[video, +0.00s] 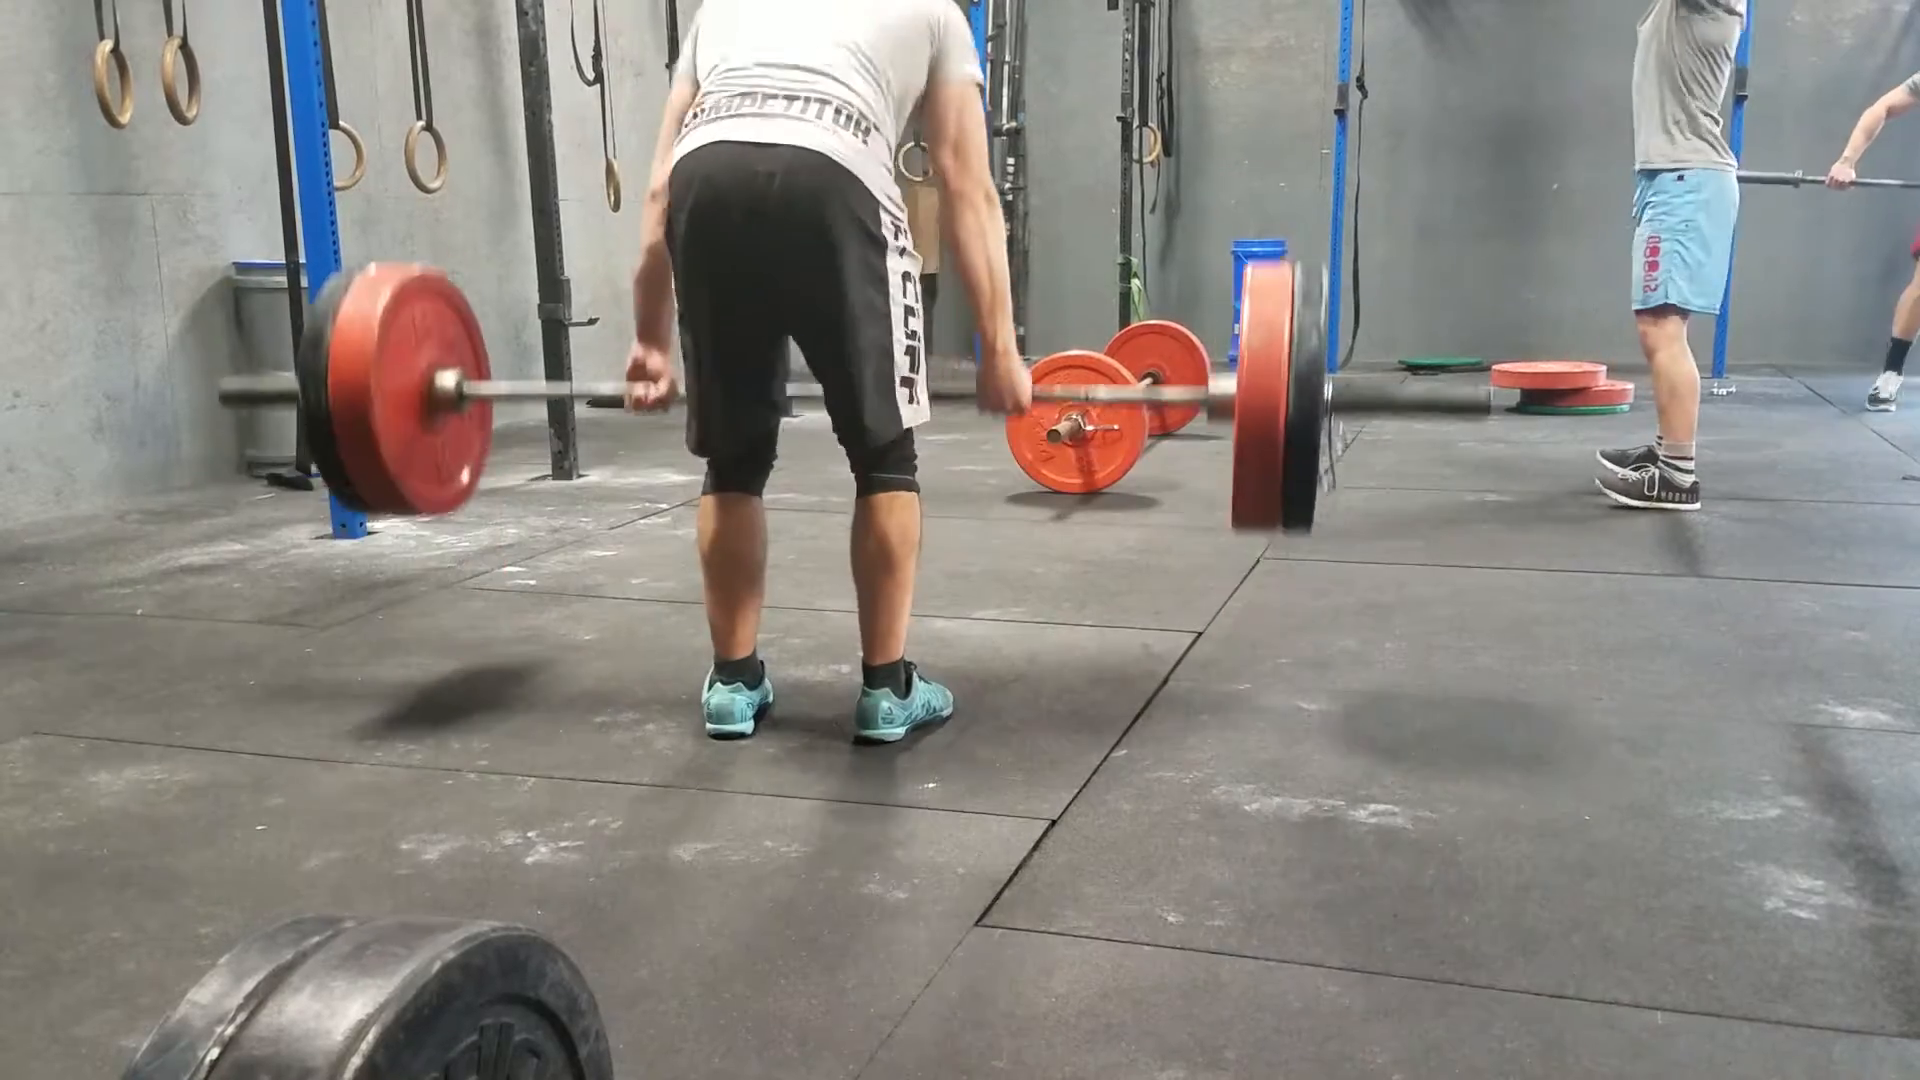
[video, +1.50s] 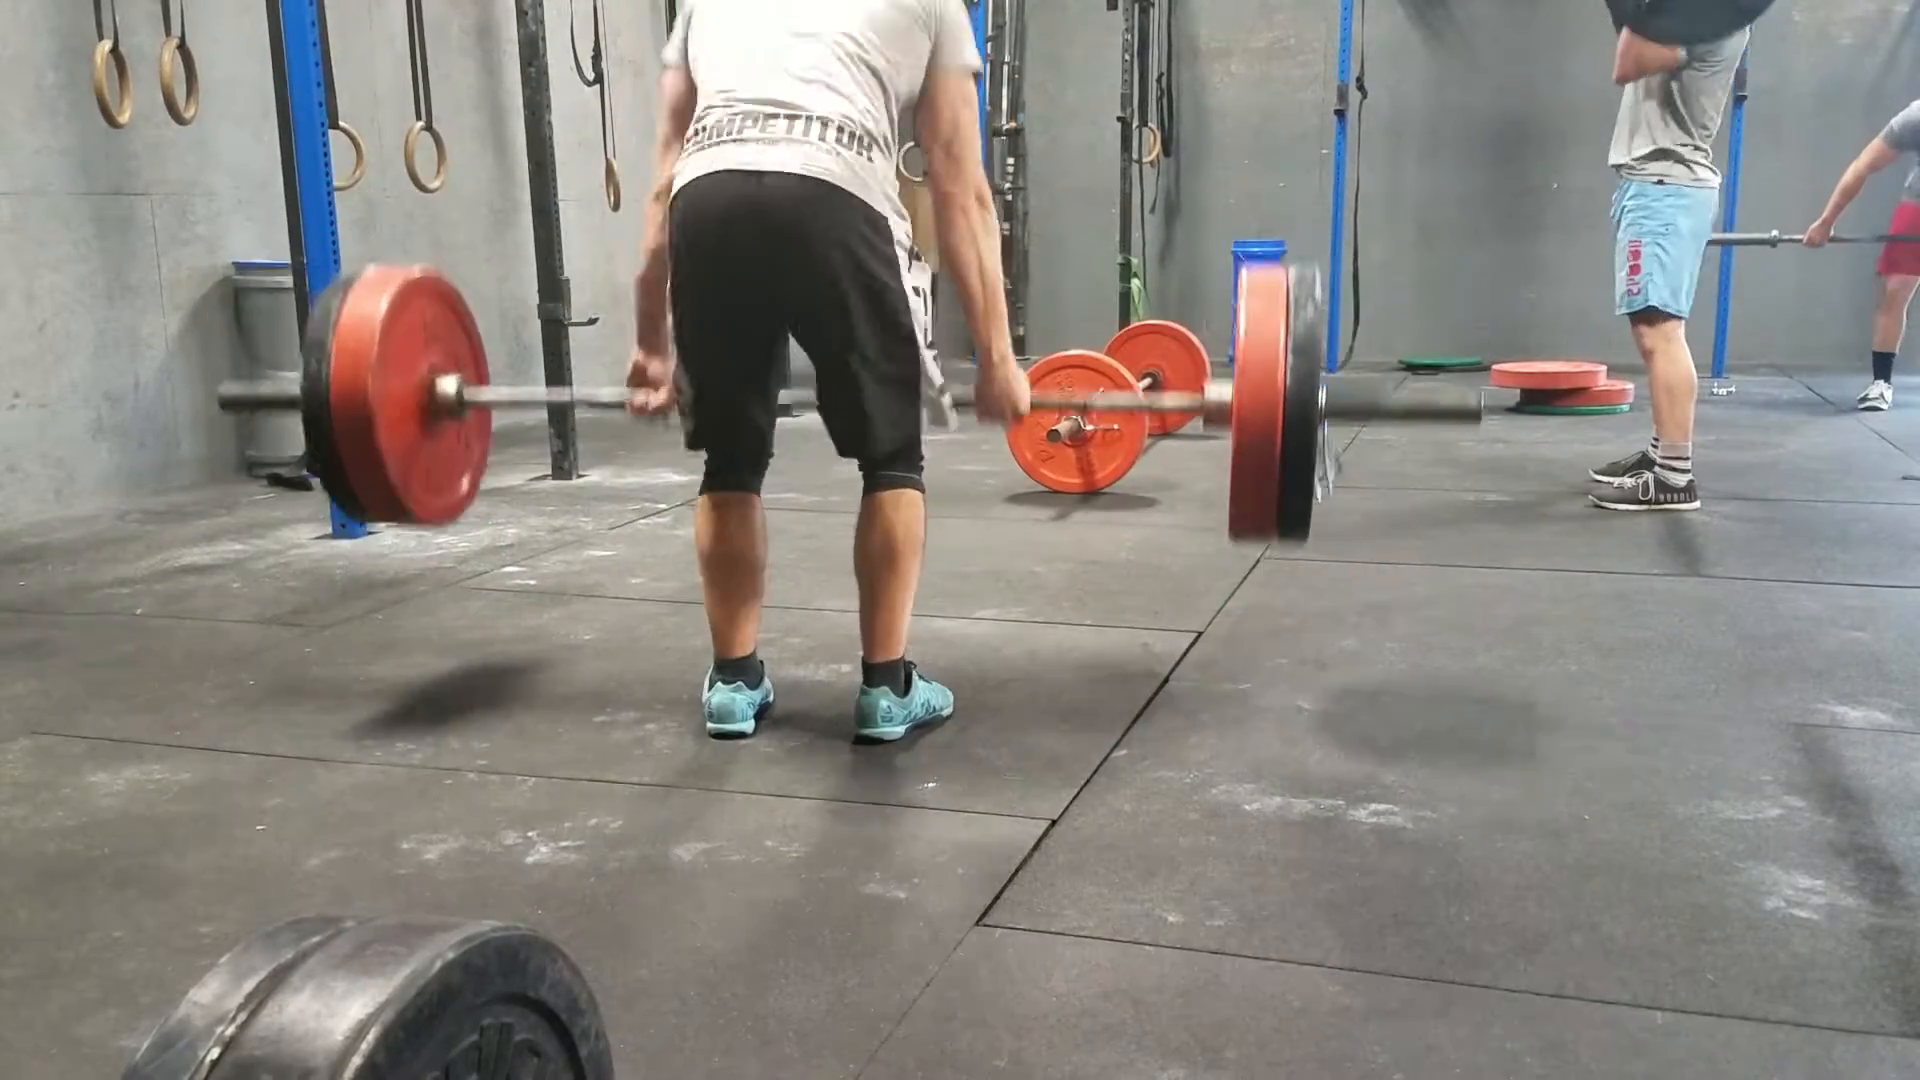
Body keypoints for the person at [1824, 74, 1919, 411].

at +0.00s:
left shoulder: (1917, 82)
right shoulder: (1919, 81)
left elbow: (1881, 108)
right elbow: (1881, 108)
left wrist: (1848, 160)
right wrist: (1848, 159)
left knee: (1917, 282)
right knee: (1918, 280)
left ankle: (1892, 373)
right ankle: (1891, 373)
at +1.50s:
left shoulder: (1913, 116)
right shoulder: (1915, 115)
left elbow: (1864, 165)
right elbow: (1864, 165)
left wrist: (1825, 221)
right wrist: (1825, 221)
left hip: (1913, 205)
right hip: (1915, 204)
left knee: (1898, 290)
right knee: (1897, 288)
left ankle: (1881, 383)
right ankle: (1881, 383)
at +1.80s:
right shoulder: (1911, 166)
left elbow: (1860, 216)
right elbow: (1860, 217)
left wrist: (1822, 273)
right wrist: (1822, 272)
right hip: (1913, 210)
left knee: (1891, 286)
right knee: (1888, 285)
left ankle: (1880, 380)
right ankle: (1880, 381)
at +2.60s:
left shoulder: (1914, 125)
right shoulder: (1918, 123)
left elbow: (1863, 164)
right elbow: (1862, 164)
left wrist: (1831, 222)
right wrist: (1831, 222)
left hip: (1913, 206)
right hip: (1916, 204)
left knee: (1894, 291)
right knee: (1891, 291)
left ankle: (1882, 383)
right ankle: (1882, 383)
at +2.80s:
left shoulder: (1912, 80)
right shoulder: (1915, 78)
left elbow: (1866, 117)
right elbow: (1867, 116)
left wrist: (1837, 169)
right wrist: (1837, 168)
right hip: (1917, 200)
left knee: (1905, 282)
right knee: (1904, 281)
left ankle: (1882, 377)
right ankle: (1882, 378)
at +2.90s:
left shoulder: (1914, 59)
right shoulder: (1917, 57)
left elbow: (1862, 82)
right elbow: (1862, 82)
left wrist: (1840, 106)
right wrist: (1841, 107)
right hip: (1918, 179)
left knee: (1906, 272)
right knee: (1904, 270)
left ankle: (1881, 373)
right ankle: (1881, 373)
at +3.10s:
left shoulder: (1915, 81)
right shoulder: (1919, 82)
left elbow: (1857, 74)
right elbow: (1856, 75)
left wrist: (1843, 27)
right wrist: (1842, 25)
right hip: (1919, 205)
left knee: (1902, 294)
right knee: (1900, 294)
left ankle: (1883, 380)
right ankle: (1881, 383)